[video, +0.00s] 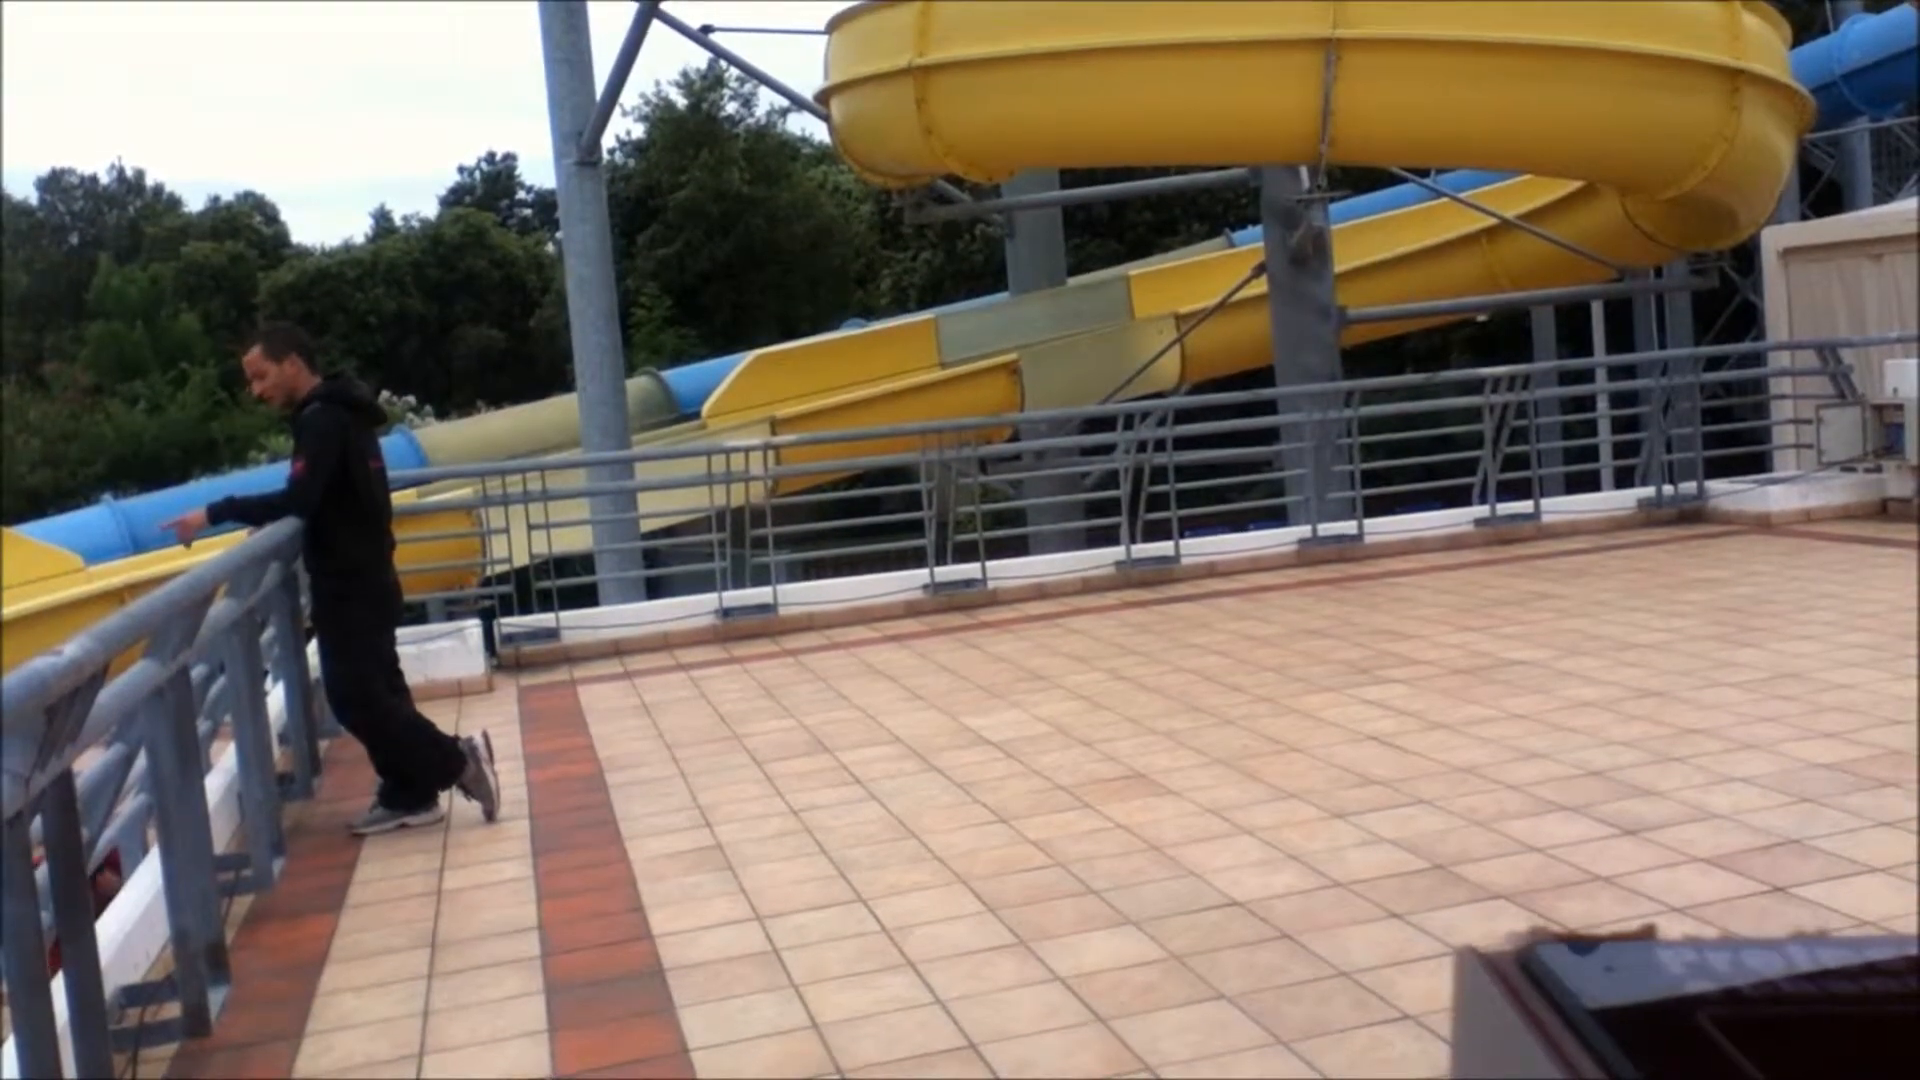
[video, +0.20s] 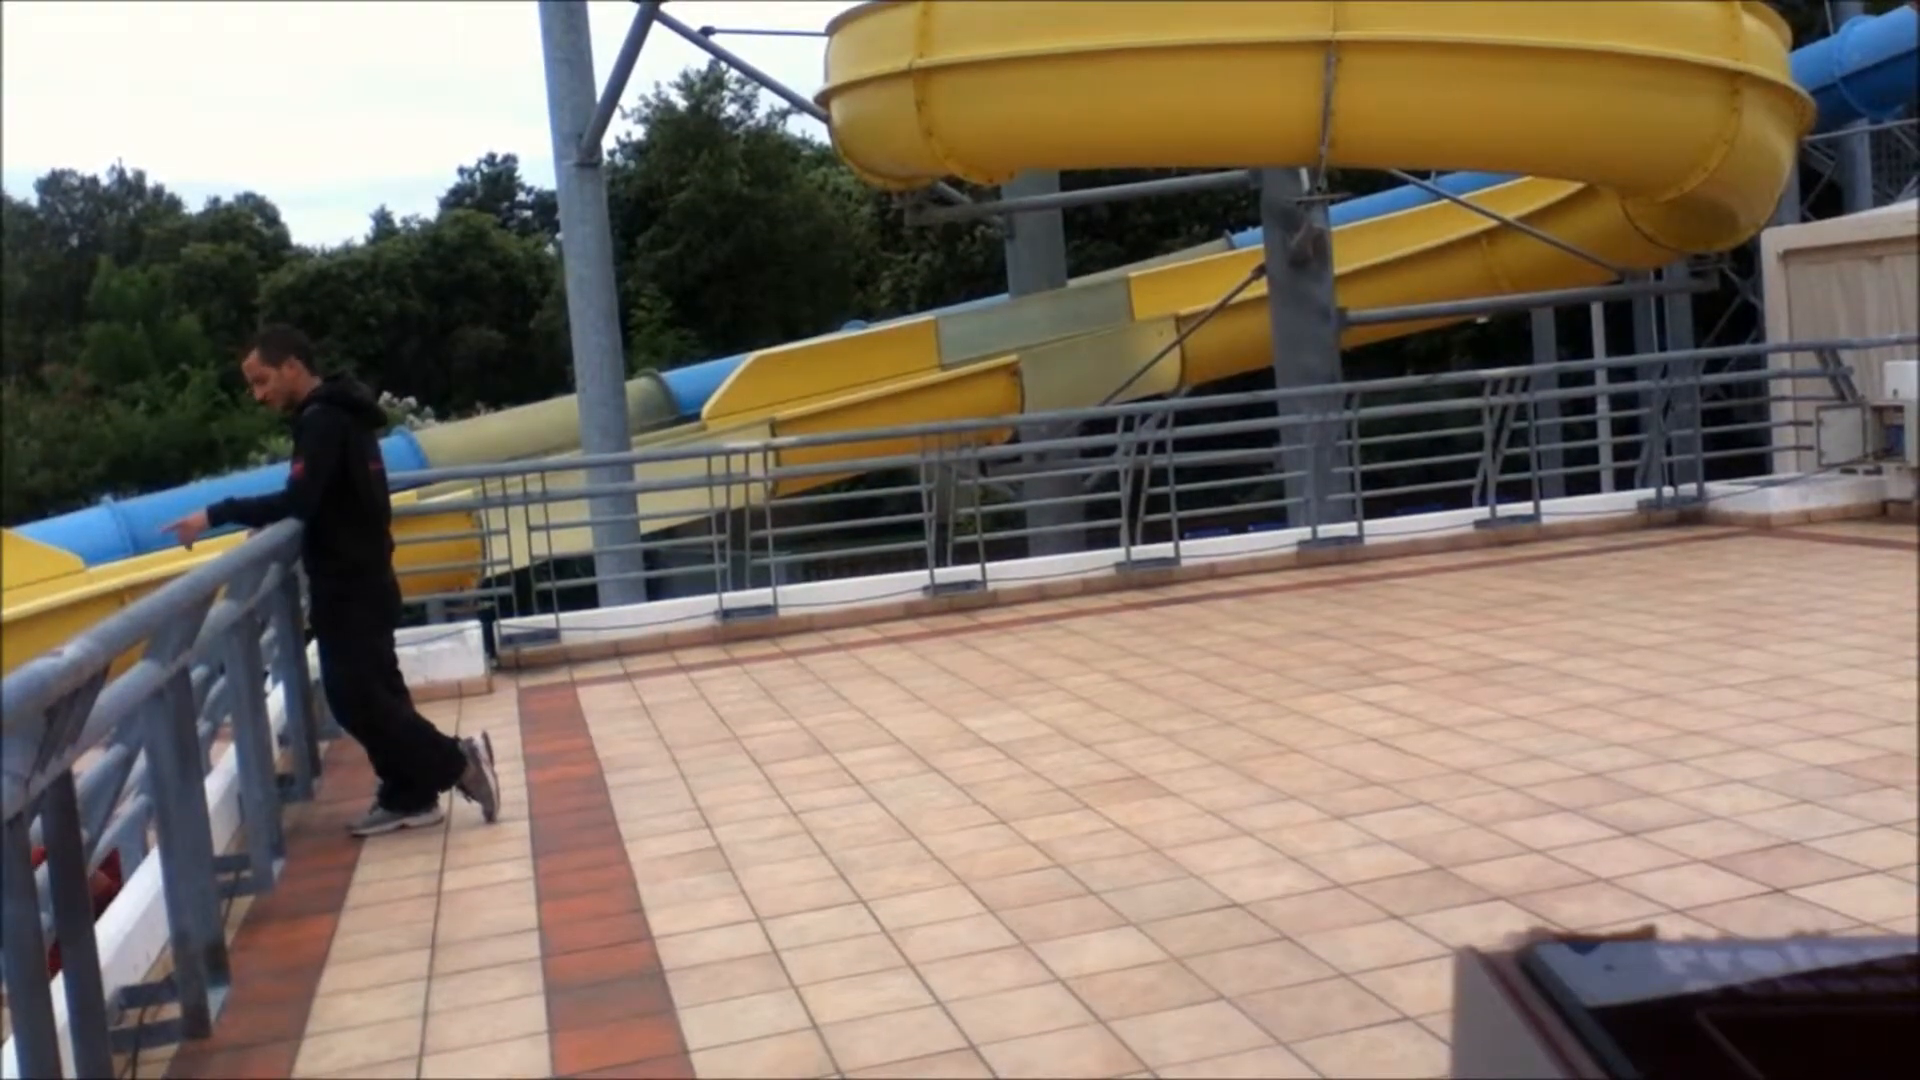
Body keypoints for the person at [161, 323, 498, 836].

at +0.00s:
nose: (256, 391)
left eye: (259, 377)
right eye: (251, 381)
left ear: (292, 365)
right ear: (294, 370)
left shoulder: (320, 419)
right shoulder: (341, 409)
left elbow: (299, 502)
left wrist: (216, 513)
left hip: (349, 586)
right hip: (367, 580)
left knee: (351, 698)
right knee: (379, 687)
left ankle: (455, 762)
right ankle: (408, 797)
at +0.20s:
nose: (257, 396)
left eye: (260, 381)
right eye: (252, 386)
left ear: (292, 368)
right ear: (295, 372)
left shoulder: (320, 420)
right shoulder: (340, 410)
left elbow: (299, 503)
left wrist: (217, 514)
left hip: (348, 587)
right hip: (365, 581)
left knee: (351, 699)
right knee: (377, 687)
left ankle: (454, 763)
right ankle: (407, 798)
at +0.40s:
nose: (256, 395)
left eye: (258, 381)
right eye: (250, 385)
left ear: (289, 367)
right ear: (292, 371)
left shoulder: (317, 421)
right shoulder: (340, 412)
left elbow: (306, 501)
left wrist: (238, 505)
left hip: (347, 587)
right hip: (365, 580)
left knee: (350, 700)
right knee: (376, 687)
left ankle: (454, 759)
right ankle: (406, 796)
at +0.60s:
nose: (253, 396)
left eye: (254, 382)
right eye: (248, 386)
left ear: (286, 368)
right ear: (289, 372)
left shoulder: (317, 421)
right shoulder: (335, 411)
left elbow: (309, 500)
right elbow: (324, 498)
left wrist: (257, 510)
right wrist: (269, 510)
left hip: (347, 588)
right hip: (361, 583)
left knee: (351, 699)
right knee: (377, 688)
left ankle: (455, 761)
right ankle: (407, 798)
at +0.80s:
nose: (252, 397)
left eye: (253, 383)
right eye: (247, 387)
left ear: (285, 369)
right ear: (288, 373)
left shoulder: (316, 421)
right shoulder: (334, 411)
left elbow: (309, 500)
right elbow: (322, 498)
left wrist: (256, 514)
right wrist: (269, 514)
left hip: (346, 586)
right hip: (361, 581)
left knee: (350, 699)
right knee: (376, 688)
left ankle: (455, 762)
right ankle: (407, 799)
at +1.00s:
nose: (252, 397)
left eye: (253, 383)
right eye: (247, 387)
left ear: (284, 368)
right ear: (288, 372)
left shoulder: (317, 421)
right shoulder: (334, 411)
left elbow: (308, 501)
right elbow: (325, 498)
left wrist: (256, 513)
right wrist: (270, 513)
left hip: (347, 586)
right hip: (361, 581)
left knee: (350, 699)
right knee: (376, 687)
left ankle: (455, 761)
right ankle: (407, 798)